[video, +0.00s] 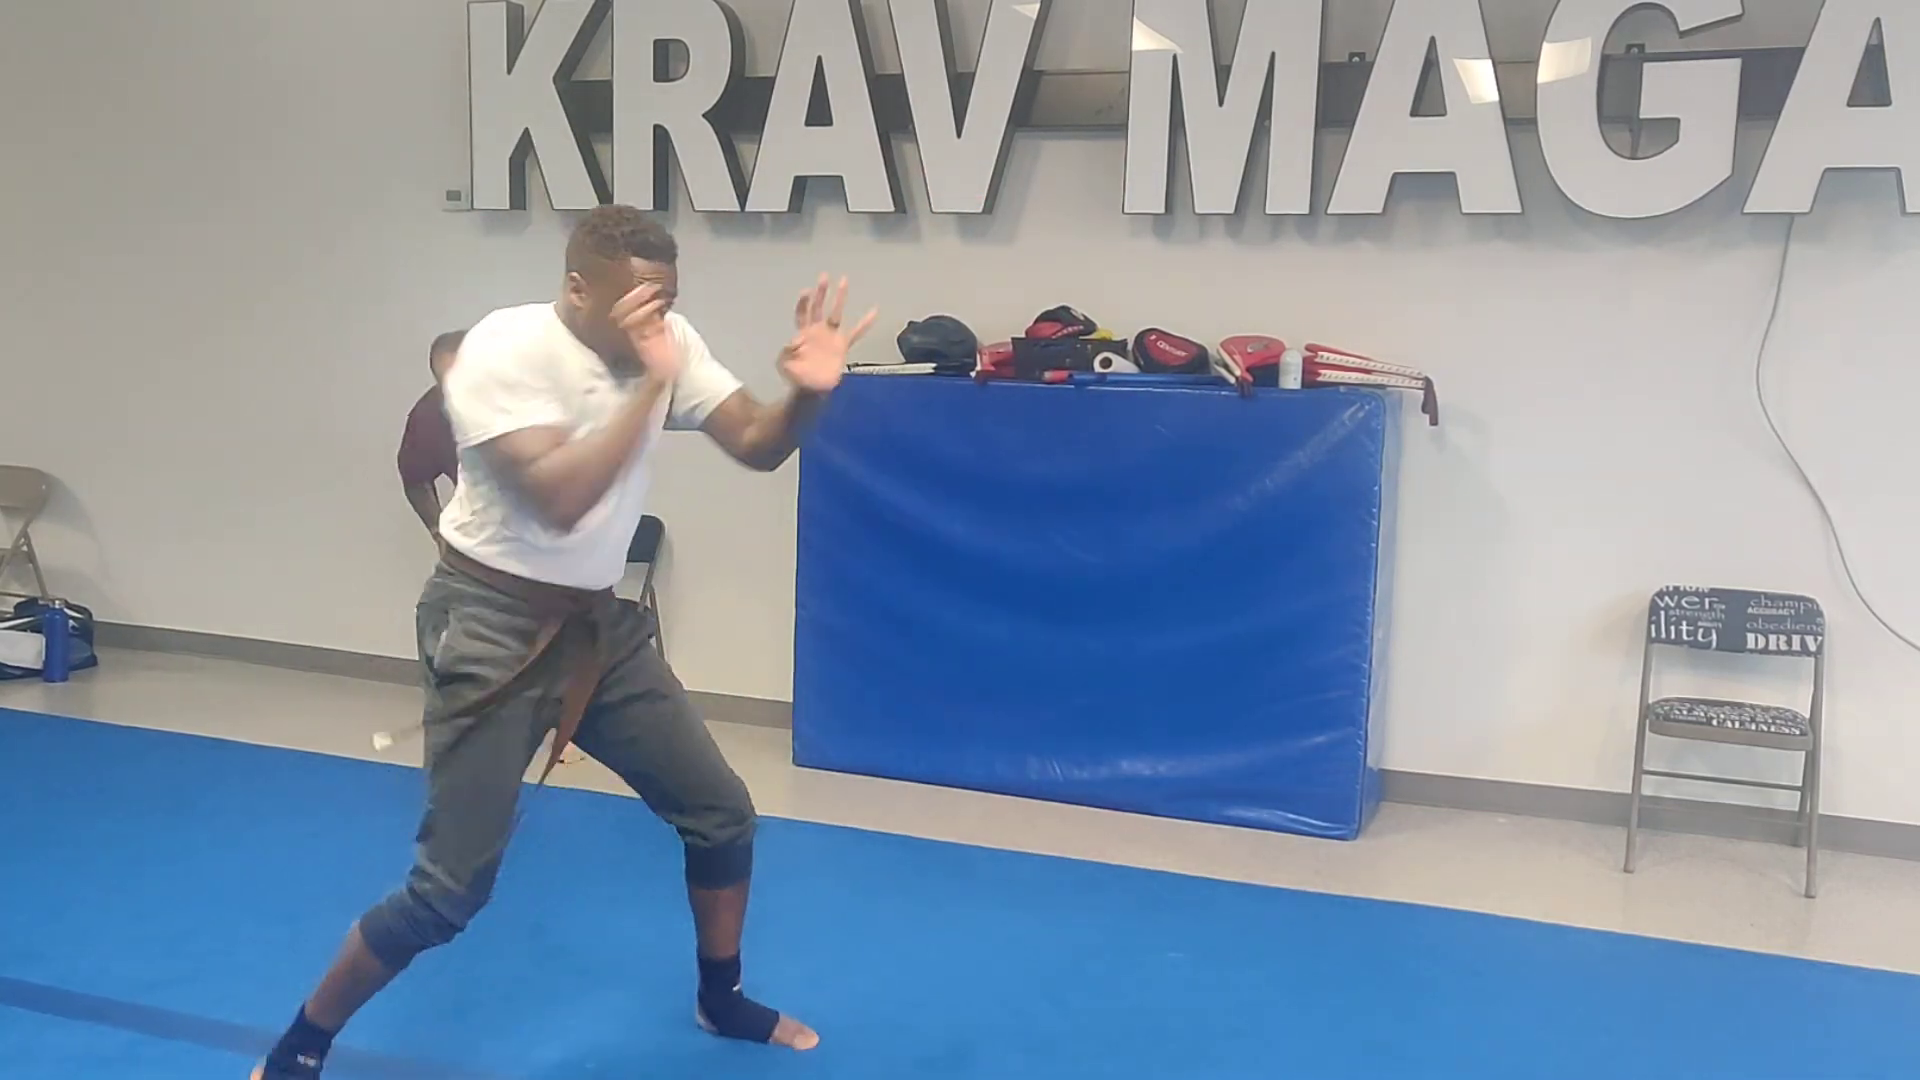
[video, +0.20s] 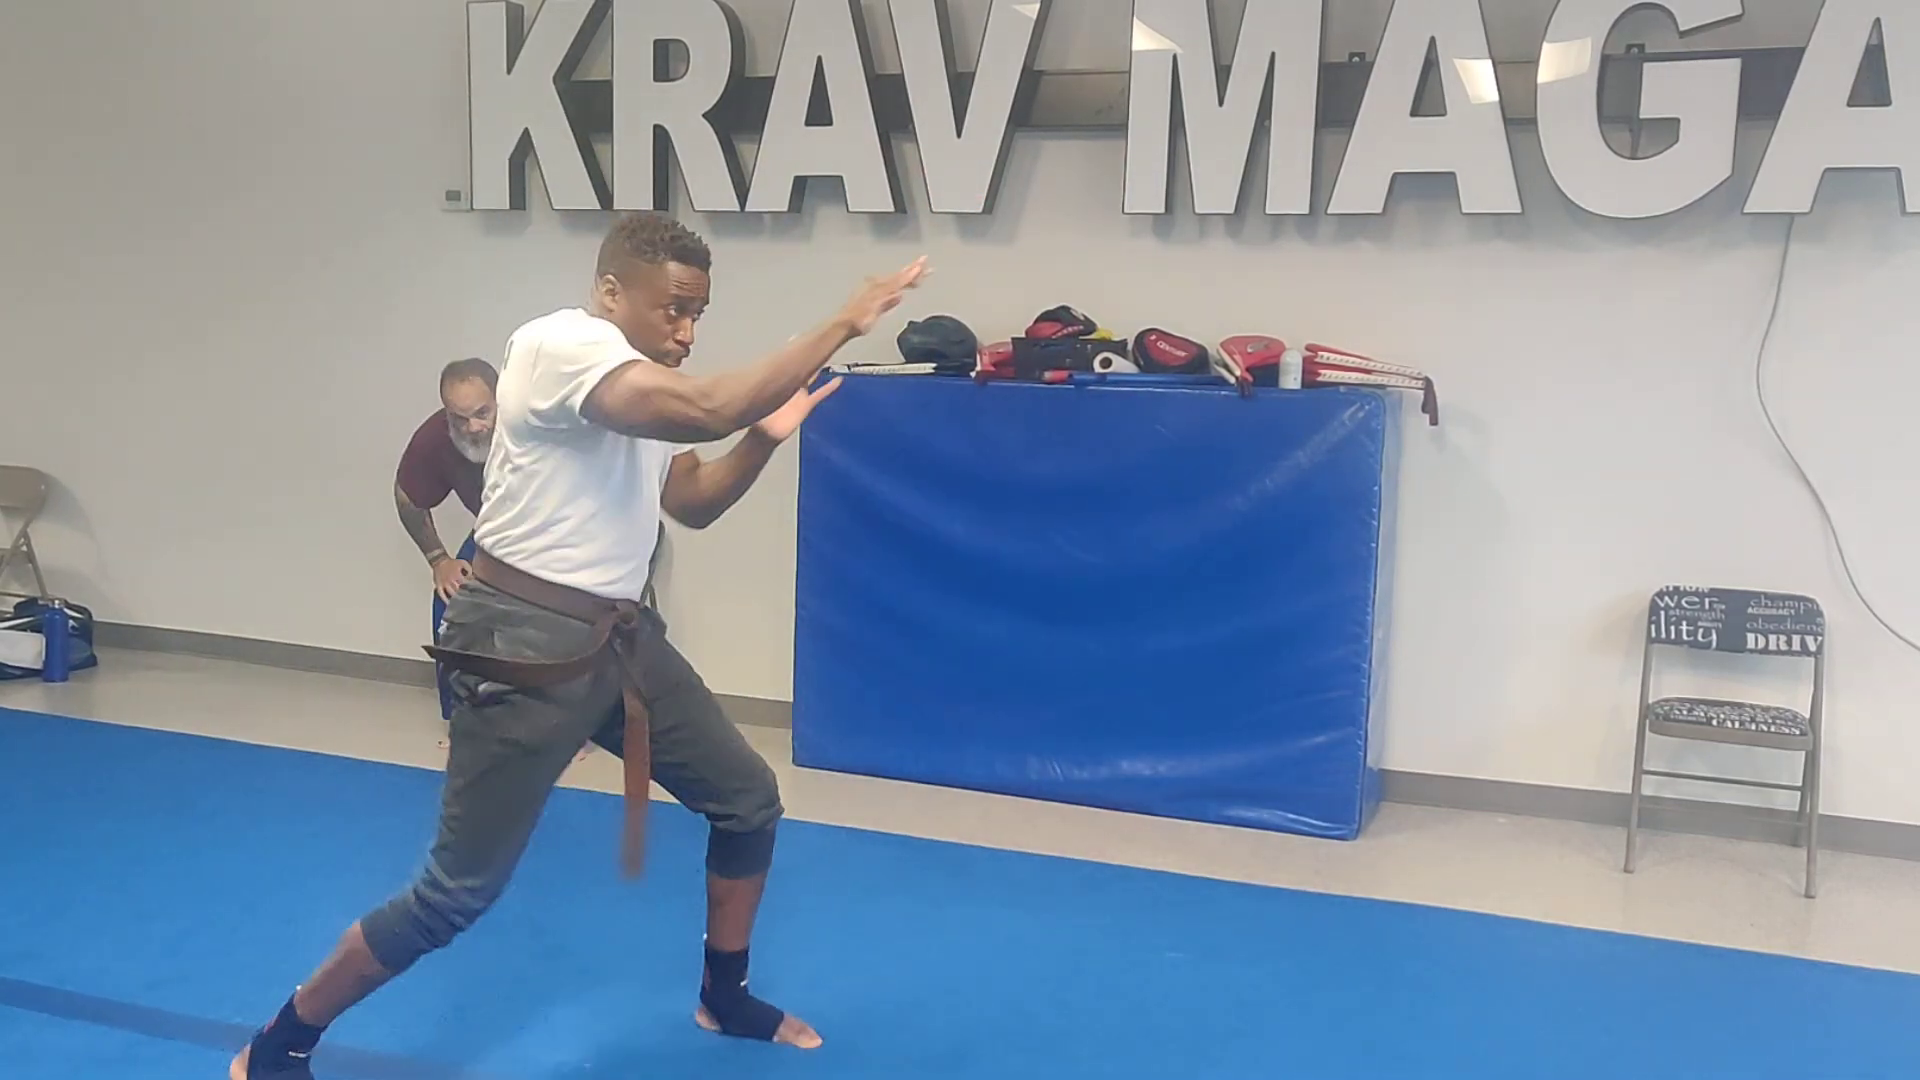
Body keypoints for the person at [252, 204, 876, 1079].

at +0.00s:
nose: (657, 313)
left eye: (665, 297)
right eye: (640, 297)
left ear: (667, 289)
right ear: (577, 289)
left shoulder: (665, 341)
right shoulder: (496, 354)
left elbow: (757, 444)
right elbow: (560, 494)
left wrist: (802, 396)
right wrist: (649, 387)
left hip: (597, 617)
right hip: (490, 618)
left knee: (721, 813)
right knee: (449, 892)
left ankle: (722, 997)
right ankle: (299, 1049)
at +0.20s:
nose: (687, 329)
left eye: (695, 313)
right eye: (674, 307)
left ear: (695, 307)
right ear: (611, 291)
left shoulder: (642, 390)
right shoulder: (560, 348)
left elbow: (691, 500)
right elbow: (710, 405)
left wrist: (761, 436)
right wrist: (844, 323)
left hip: (619, 633)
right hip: (522, 632)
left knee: (747, 803)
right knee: (454, 892)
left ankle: (725, 997)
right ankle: (283, 1041)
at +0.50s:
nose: (764, 409)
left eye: (767, 395)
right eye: (764, 387)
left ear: (737, 383)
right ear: (723, 362)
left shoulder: (713, 452)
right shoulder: (645, 399)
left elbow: (807, 502)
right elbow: (807, 382)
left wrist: (843, 382)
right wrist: (874, 334)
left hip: (649, 694)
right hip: (541, 691)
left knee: (809, 803)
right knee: (423, 930)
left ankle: (849, 1016)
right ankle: (235, 1039)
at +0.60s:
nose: (799, 372)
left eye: (803, 360)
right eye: (793, 352)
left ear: (780, 354)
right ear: (755, 328)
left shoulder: (764, 422)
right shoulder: (698, 365)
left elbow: (857, 468)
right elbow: (838, 337)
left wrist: (877, 357)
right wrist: (889, 317)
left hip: (716, 670)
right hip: (616, 656)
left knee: (864, 804)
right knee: (524, 913)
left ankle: (857, 1011)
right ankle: (297, 991)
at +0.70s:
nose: (818, 320)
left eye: (826, 308)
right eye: (808, 301)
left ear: (827, 309)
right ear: (754, 277)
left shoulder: (797, 372)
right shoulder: (697, 295)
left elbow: (860, 467)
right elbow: (732, 349)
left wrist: (905, 364)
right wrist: (861, 324)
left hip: (780, 607)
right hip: (692, 599)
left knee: (898, 801)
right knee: (759, 851)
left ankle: (862, 1010)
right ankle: (537, 906)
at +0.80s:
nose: (827, 326)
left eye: (837, 310)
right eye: (820, 303)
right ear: (762, 274)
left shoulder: (819, 372)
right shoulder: (671, 335)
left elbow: (851, 510)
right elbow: (608, 475)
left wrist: (889, 439)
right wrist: (736, 425)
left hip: (828, 575)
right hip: (762, 574)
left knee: (922, 806)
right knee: (967, 631)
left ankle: (867, 1014)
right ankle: (832, 820)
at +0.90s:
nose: (825, 320)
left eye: (832, 306)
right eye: (814, 303)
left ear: (831, 303)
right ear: (753, 294)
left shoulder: (831, 367)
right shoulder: (687, 367)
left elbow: (895, 493)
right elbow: (655, 529)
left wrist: (925, 409)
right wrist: (780, 458)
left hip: (873, 592)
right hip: (804, 588)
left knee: (956, 815)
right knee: (1013, 487)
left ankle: (872, 1011)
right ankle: (1008, 743)